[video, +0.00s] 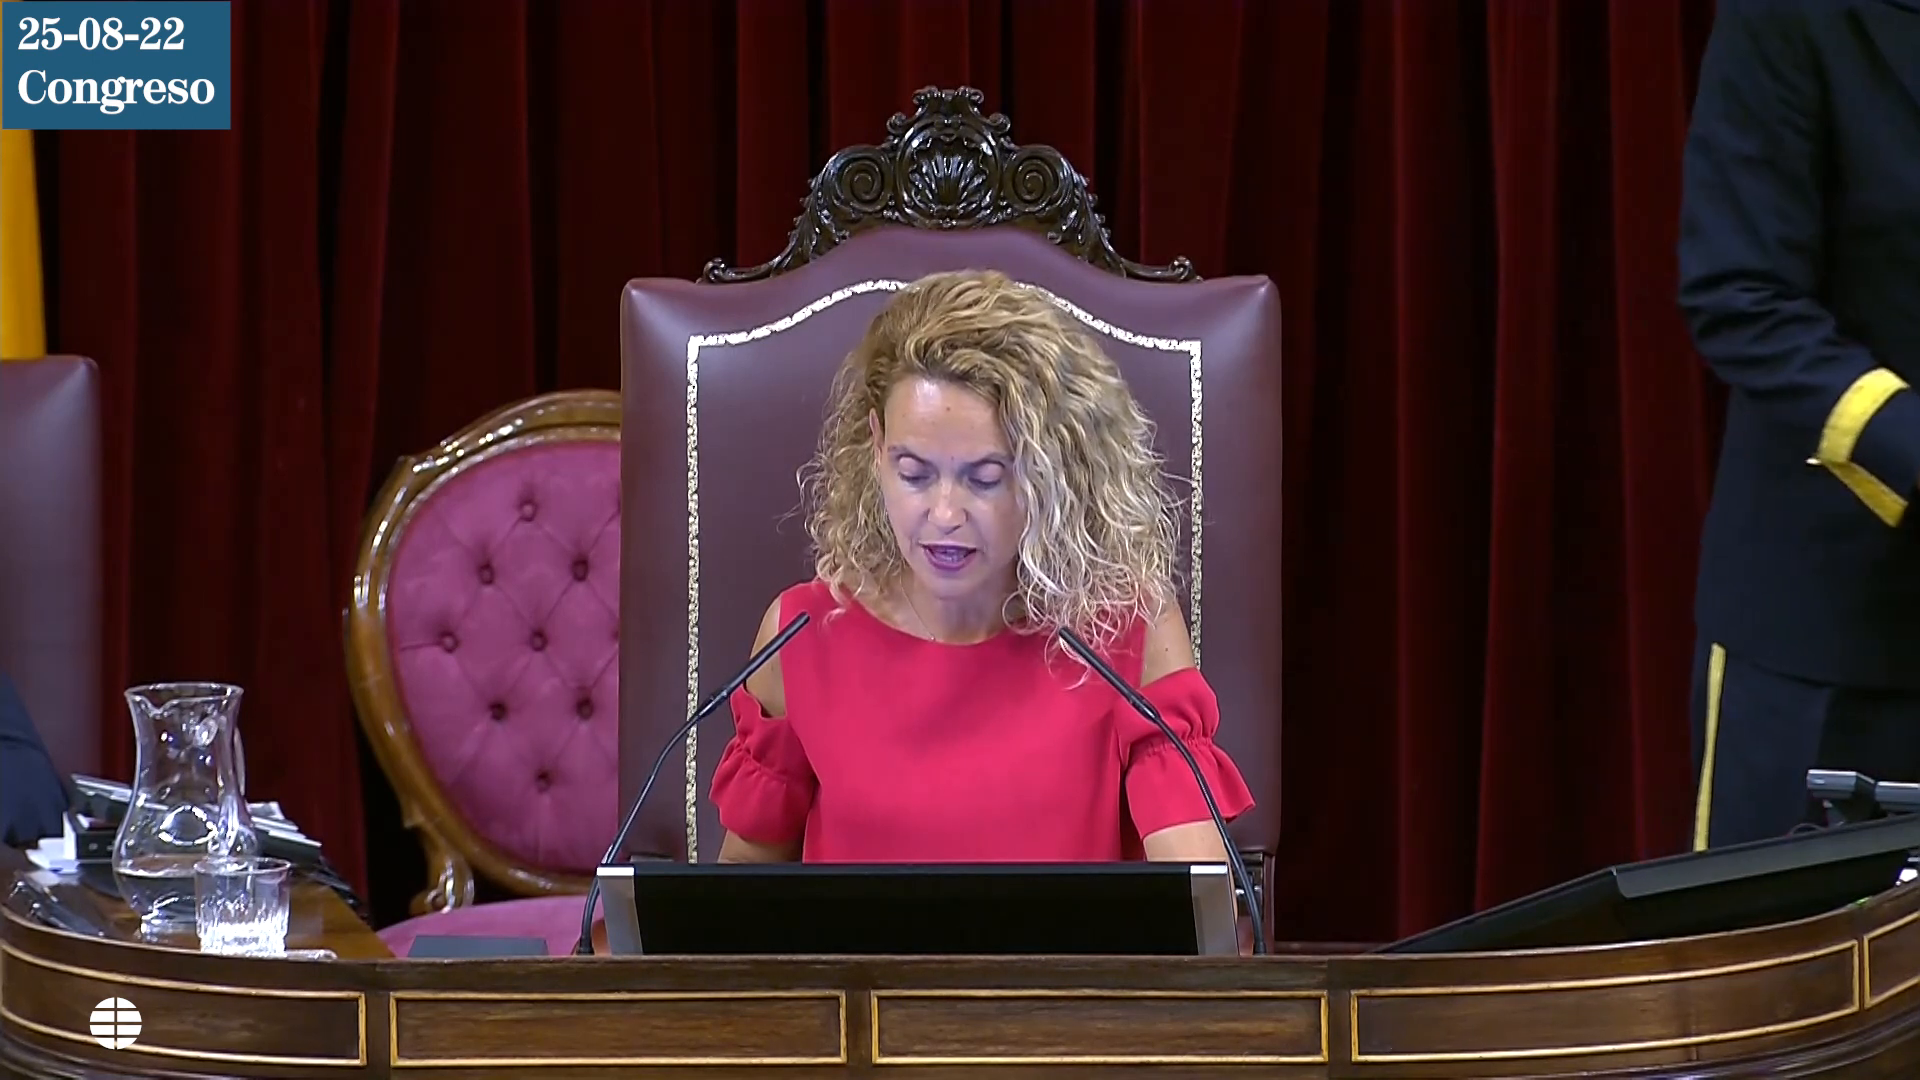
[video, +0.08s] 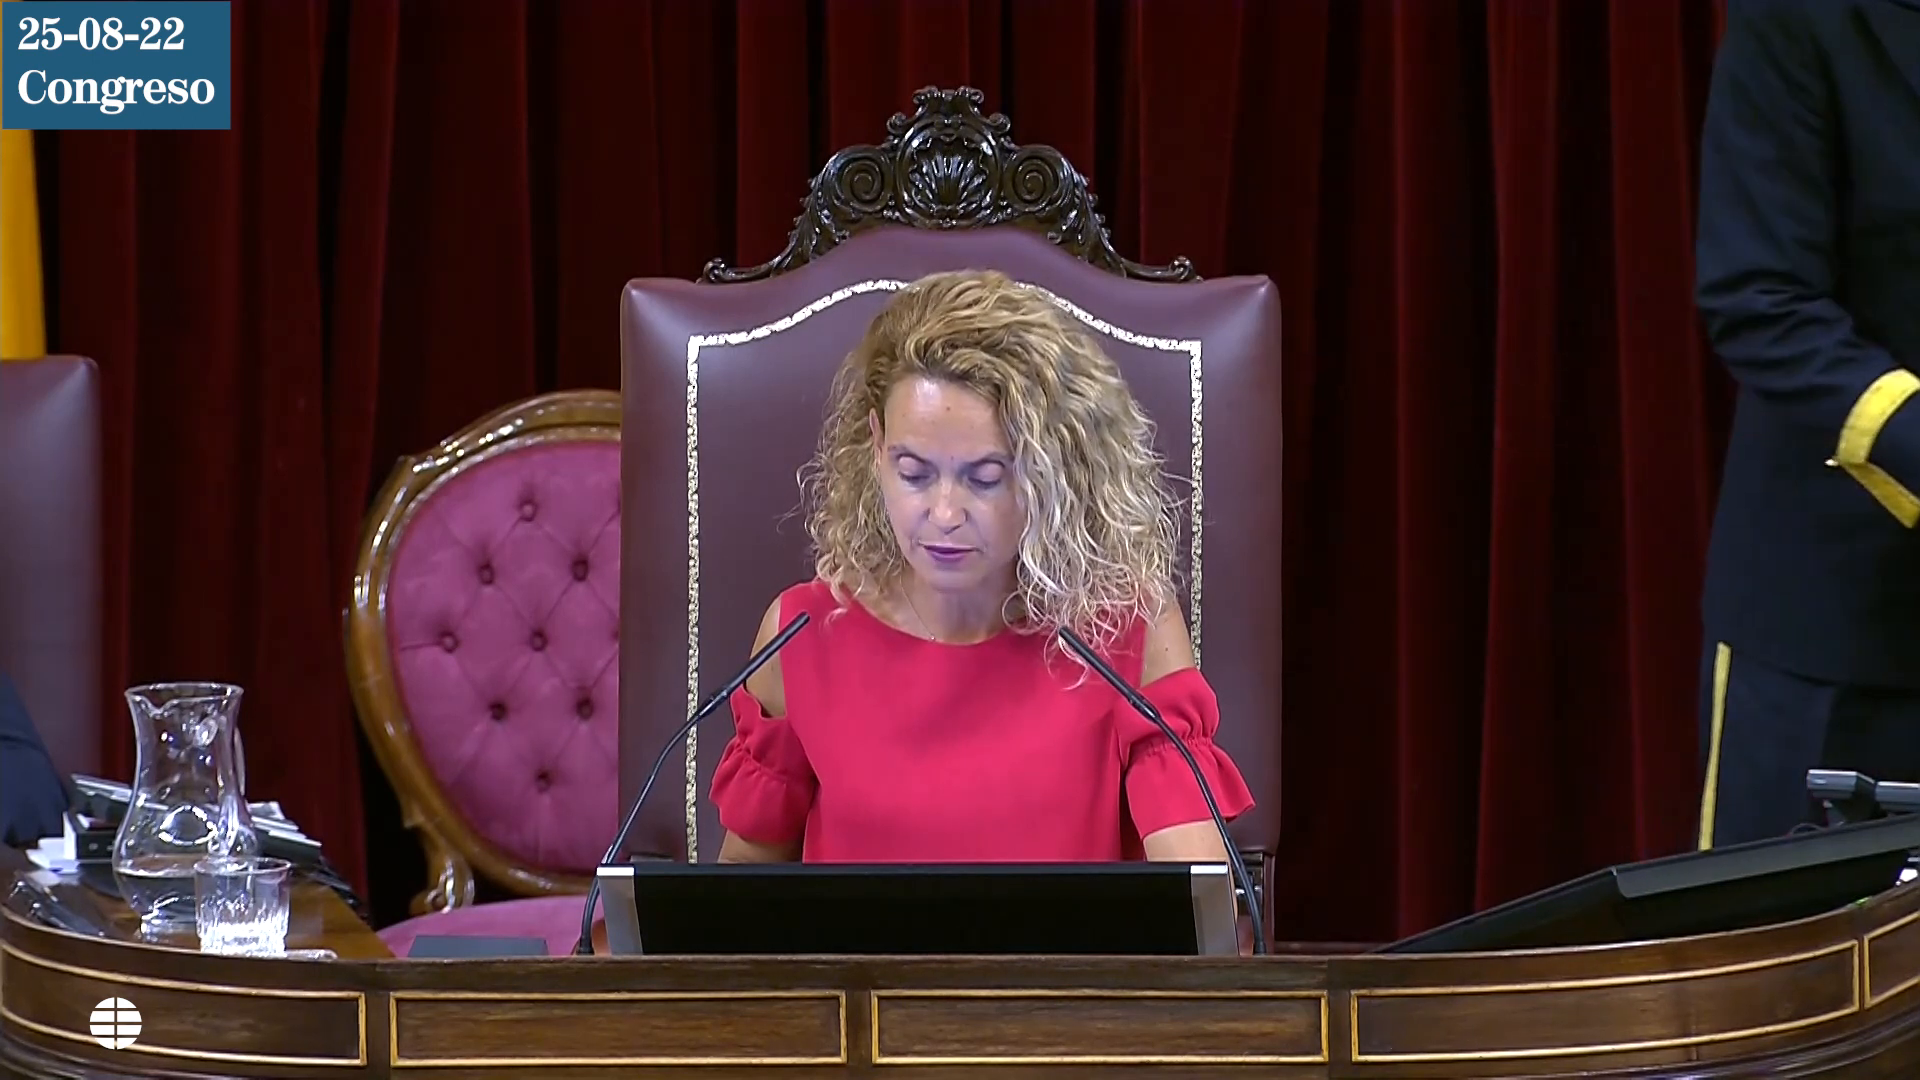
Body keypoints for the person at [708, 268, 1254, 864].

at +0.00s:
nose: (945, 513)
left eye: (985, 475)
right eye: (915, 471)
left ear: (1051, 476)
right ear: (875, 461)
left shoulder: (1125, 622)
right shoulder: (805, 630)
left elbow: (1201, 895)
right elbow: (747, 879)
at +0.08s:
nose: (945, 513)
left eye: (985, 475)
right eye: (915, 471)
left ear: (1051, 476)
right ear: (875, 460)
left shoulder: (1125, 621)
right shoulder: (805, 630)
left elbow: (1201, 894)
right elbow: (747, 879)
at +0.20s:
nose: (945, 513)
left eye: (984, 475)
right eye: (915, 471)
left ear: (1051, 475)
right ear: (875, 461)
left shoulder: (1125, 621)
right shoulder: (804, 630)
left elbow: (1201, 893)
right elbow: (748, 879)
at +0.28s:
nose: (945, 513)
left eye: (984, 475)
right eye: (915, 472)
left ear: (1051, 475)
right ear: (875, 462)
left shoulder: (1125, 621)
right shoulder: (805, 630)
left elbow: (1201, 893)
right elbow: (748, 880)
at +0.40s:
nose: (945, 513)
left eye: (985, 474)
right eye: (915, 471)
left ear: (1051, 475)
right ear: (874, 462)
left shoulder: (1125, 621)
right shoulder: (805, 630)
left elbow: (1201, 893)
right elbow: (748, 879)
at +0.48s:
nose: (946, 513)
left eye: (985, 475)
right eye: (915, 471)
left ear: (1051, 475)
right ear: (874, 462)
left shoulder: (1126, 622)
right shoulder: (804, 631)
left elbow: (1201, 895)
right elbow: (748, 881)